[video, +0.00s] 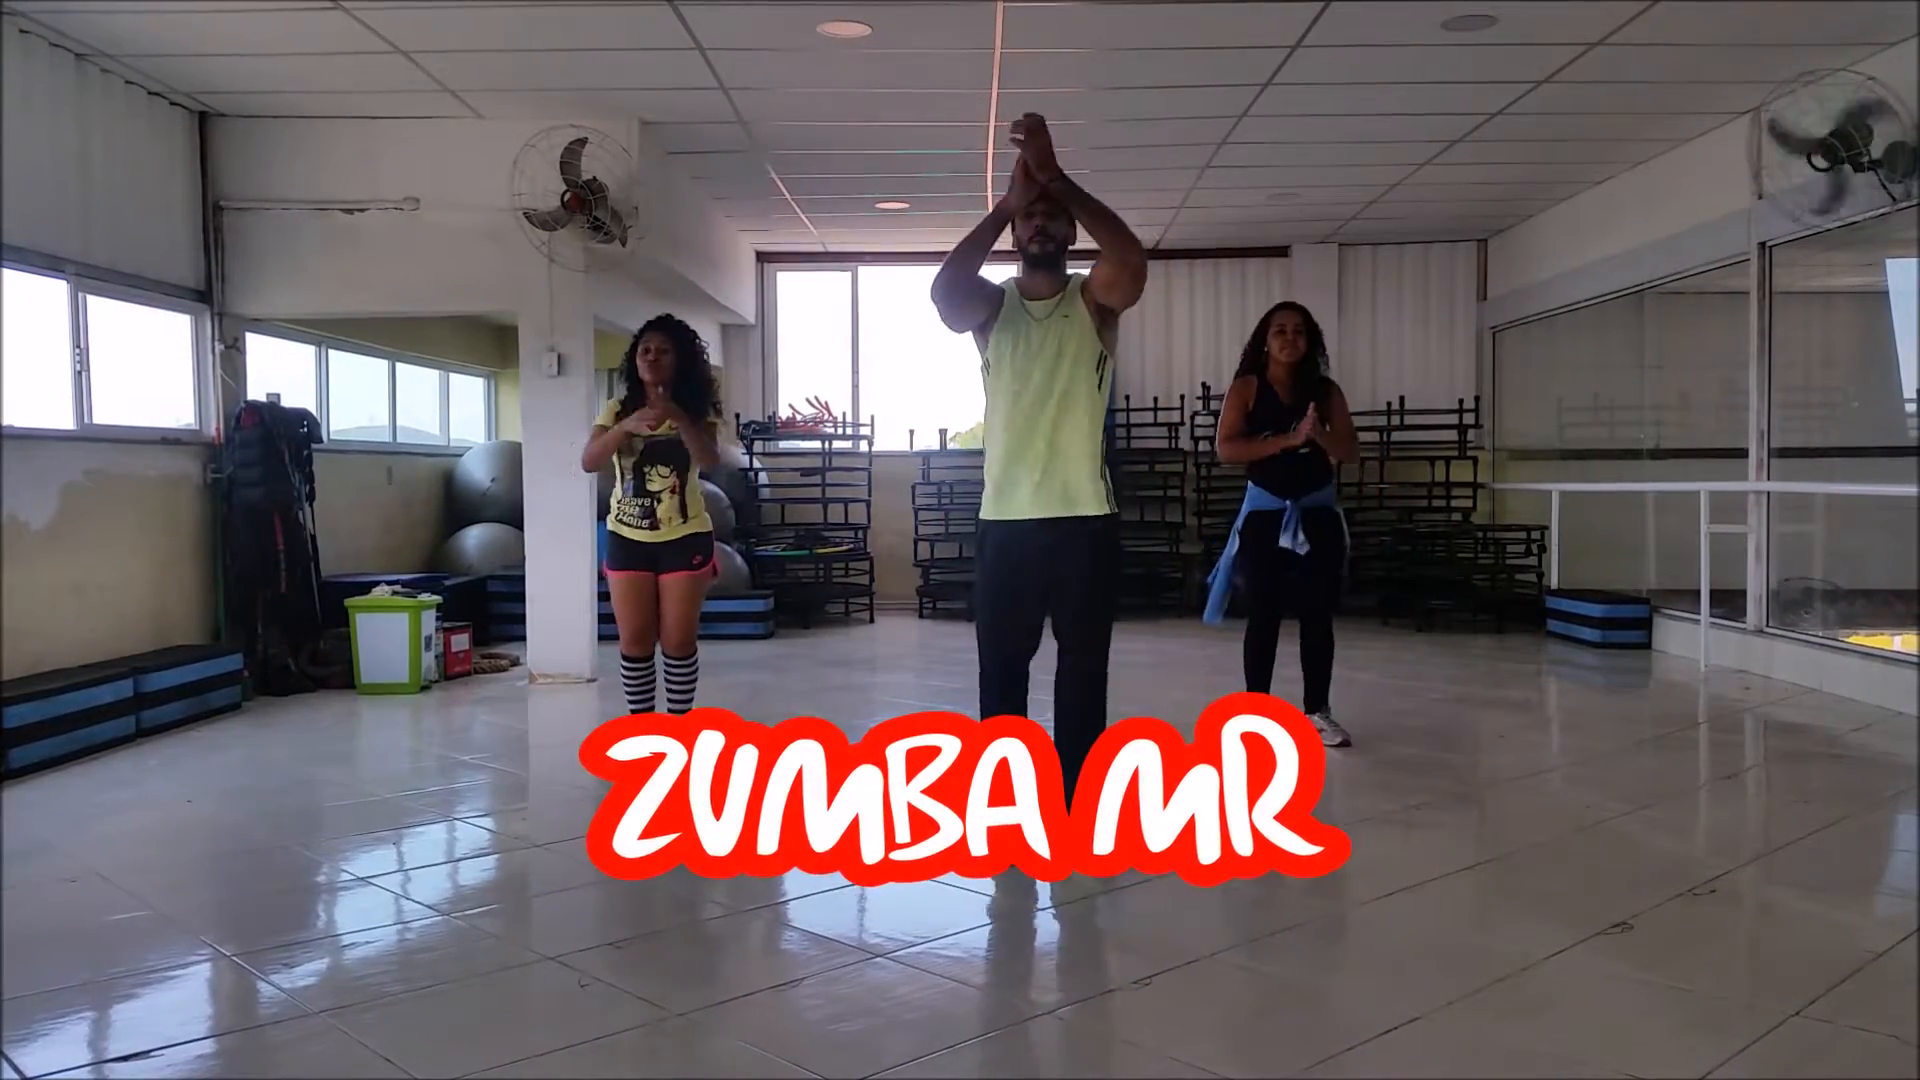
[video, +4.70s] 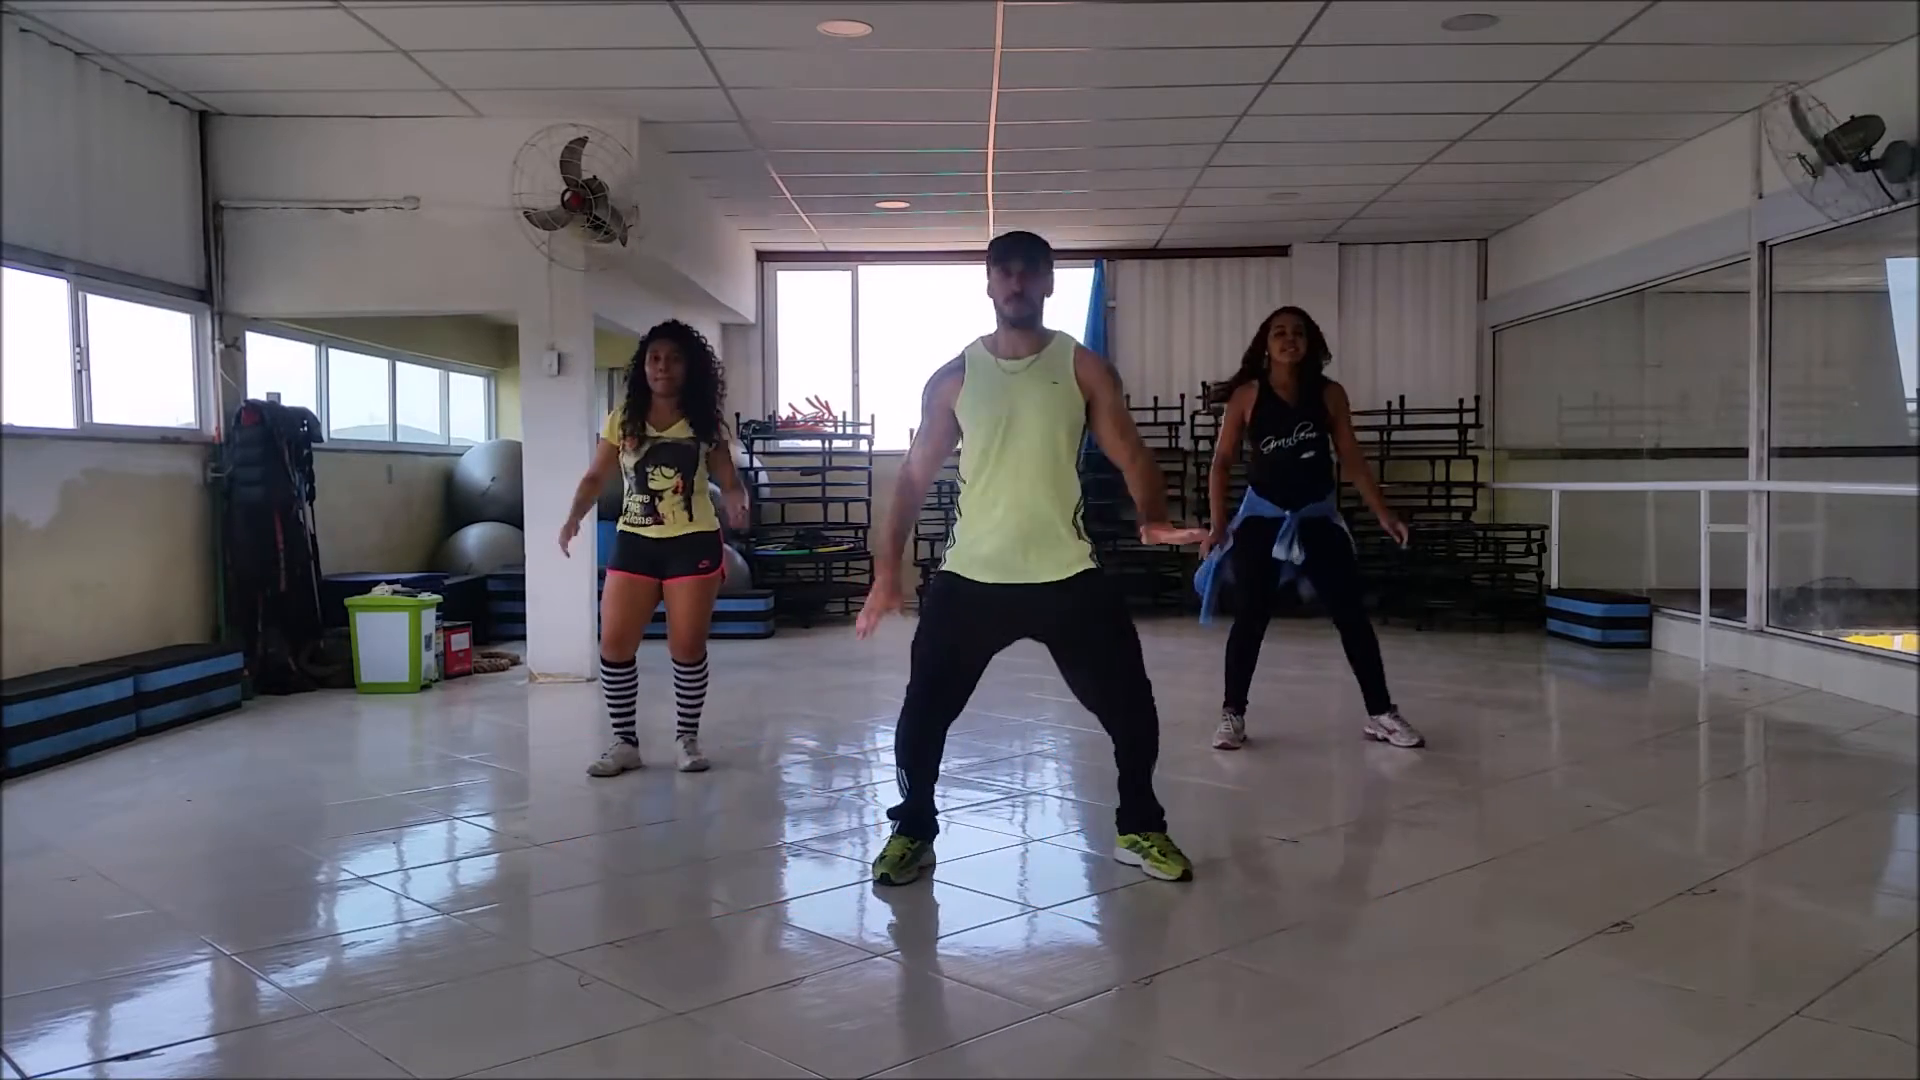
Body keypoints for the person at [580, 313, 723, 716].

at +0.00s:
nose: (651, 357)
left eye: (662, 351)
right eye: (644, 350)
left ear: (680, 361)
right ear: (635, 359)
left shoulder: (696, 410)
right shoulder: (619, 409)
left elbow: (709, 460)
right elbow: (590, 460)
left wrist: (678, 417)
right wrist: (626, 427)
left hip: (685, 538)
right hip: (627, 538)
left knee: (678, 643)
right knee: (634, 643)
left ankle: (679, 733)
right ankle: (641, 734)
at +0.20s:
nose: (645, 358)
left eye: (658, 353)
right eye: (639, 352)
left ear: (677, 366)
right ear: (630, 365)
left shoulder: (689, 417)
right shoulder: (615, 415)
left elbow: (730, 413)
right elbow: (567, 413)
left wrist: (712, 359)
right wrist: (582, 357)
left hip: (681, 544)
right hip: (622, 544)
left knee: (675, 635)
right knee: (629, 643)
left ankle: (680, 723)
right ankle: (640, 730)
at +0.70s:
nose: (658, 355)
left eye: (669, 349)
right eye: (651, 348)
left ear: (688, 359)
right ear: (639, 357)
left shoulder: (701, 407)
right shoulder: (623, 404)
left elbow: (719, 343)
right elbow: (585, 351)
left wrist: (703, 281)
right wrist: (597, 289)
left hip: (692, 541)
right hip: (634, 540)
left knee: (686, 644)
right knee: (630, 641)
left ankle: (683, 731)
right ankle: (645, 726)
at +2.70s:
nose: (665, 367)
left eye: (674, 359)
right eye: (656, 359)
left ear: (690, 363)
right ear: (645, 363)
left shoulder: (707, 408)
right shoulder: (631, 407)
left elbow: (709, 347)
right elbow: (606, 353)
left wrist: (680, 286)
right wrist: (638, 294)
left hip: (696, 538)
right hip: (638, 537)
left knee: (690, 645)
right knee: (637, 646)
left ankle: (690, 735)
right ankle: (651, 736)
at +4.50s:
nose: (664, 359)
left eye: (674, 351)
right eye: (656, 351)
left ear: (691, 360)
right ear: (645, 358)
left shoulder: (711, 412)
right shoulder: (628, 410)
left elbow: (763, 408)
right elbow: (564, 410)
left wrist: (726, 355)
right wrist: (588, 352)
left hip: (696, 540)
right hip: (637, 538)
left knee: (689, 641)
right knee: (620, 640)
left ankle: (688, 739)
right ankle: (626, 740)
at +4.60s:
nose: (662, 361)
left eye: (673, 353)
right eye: (654, 353)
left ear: (691, 362)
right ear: (645, 360)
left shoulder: (706, 418)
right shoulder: (629, 413)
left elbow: (756, 468)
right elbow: (580, 466)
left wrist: (737, 438)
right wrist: (574, 448)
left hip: (695, 541)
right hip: (636, 539)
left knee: (688, 642)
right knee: (623, 643)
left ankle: (688, 739)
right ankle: (625, 744)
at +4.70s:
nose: (661, 366)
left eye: (672, 358)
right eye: (653, 358)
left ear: (690, 367)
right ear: (642, 366)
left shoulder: (706, 423)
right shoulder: (625, 418)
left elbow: (729, 479)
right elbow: (595, 477)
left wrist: (736, 497)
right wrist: (575, 515)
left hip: (693, 547)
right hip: (634, 545)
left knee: (687, 648)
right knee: (614, 645)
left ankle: (687, 740)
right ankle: (625, 745)